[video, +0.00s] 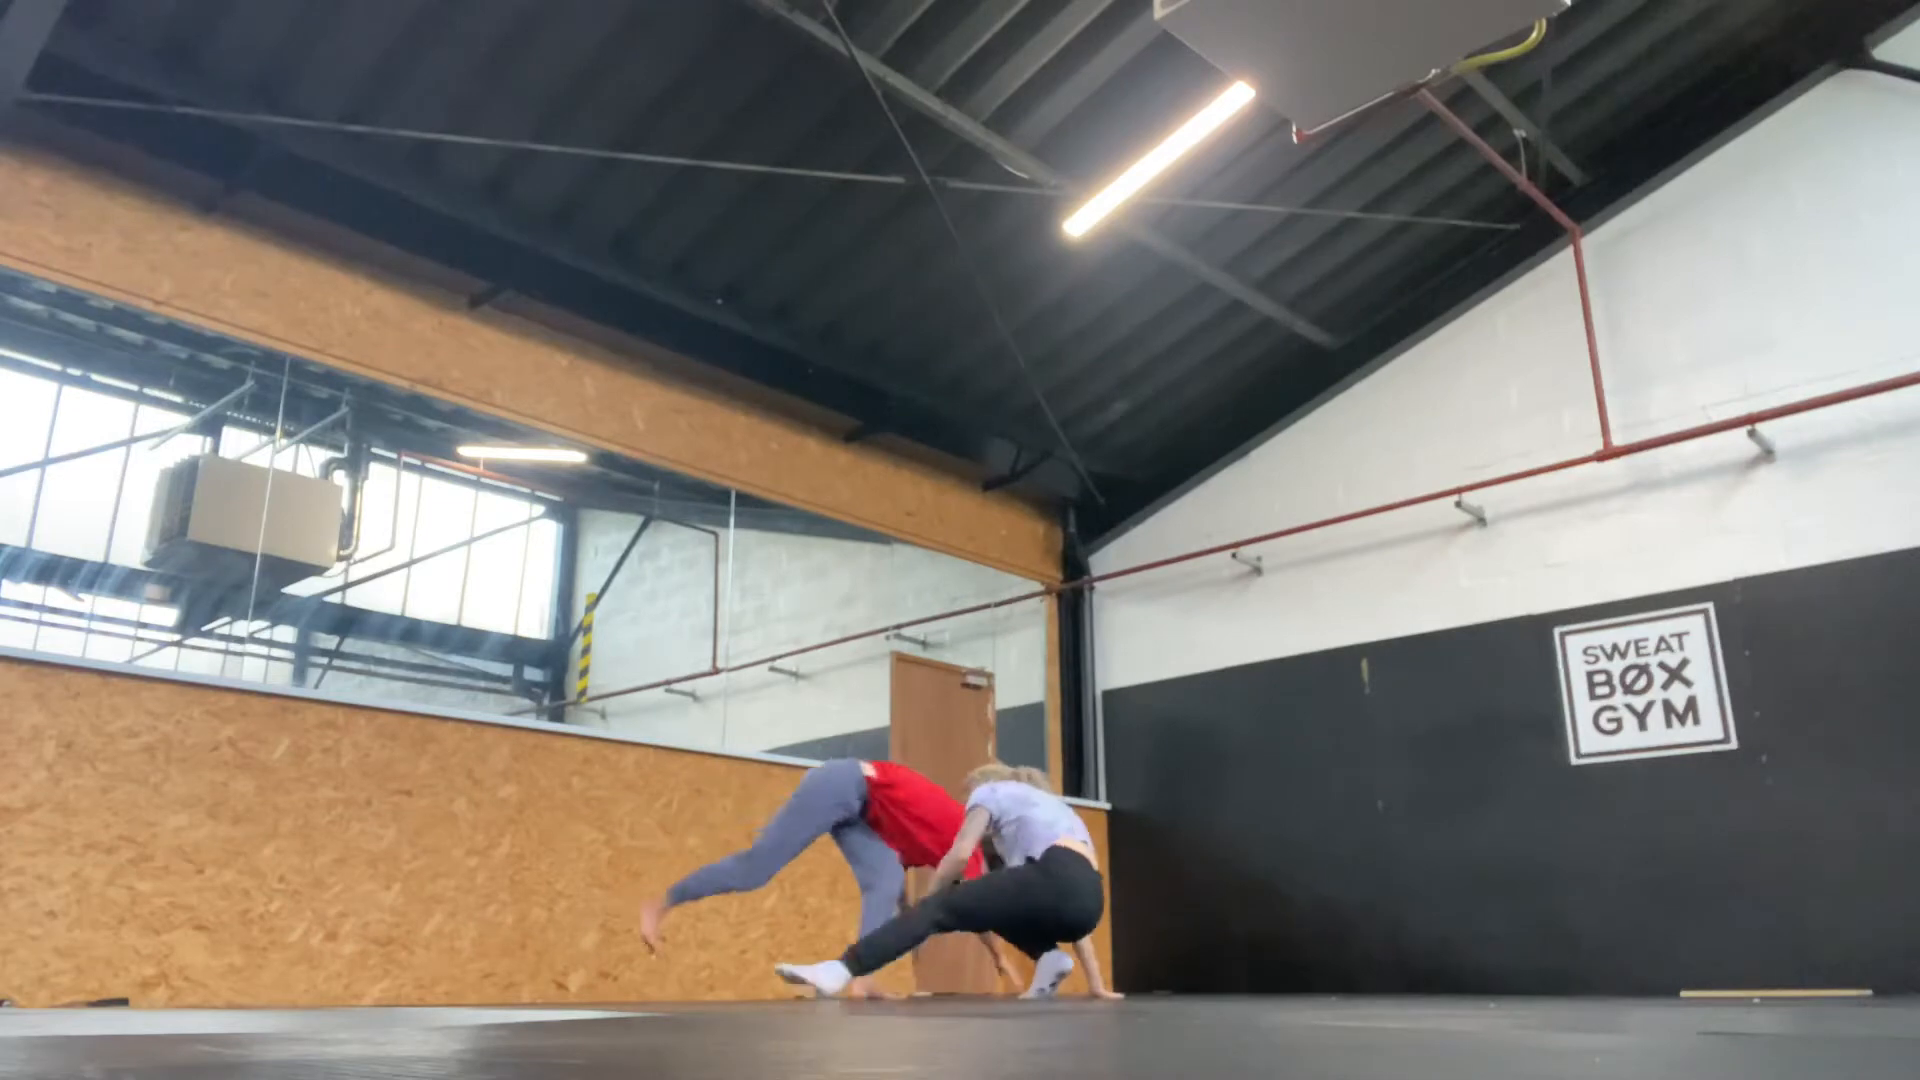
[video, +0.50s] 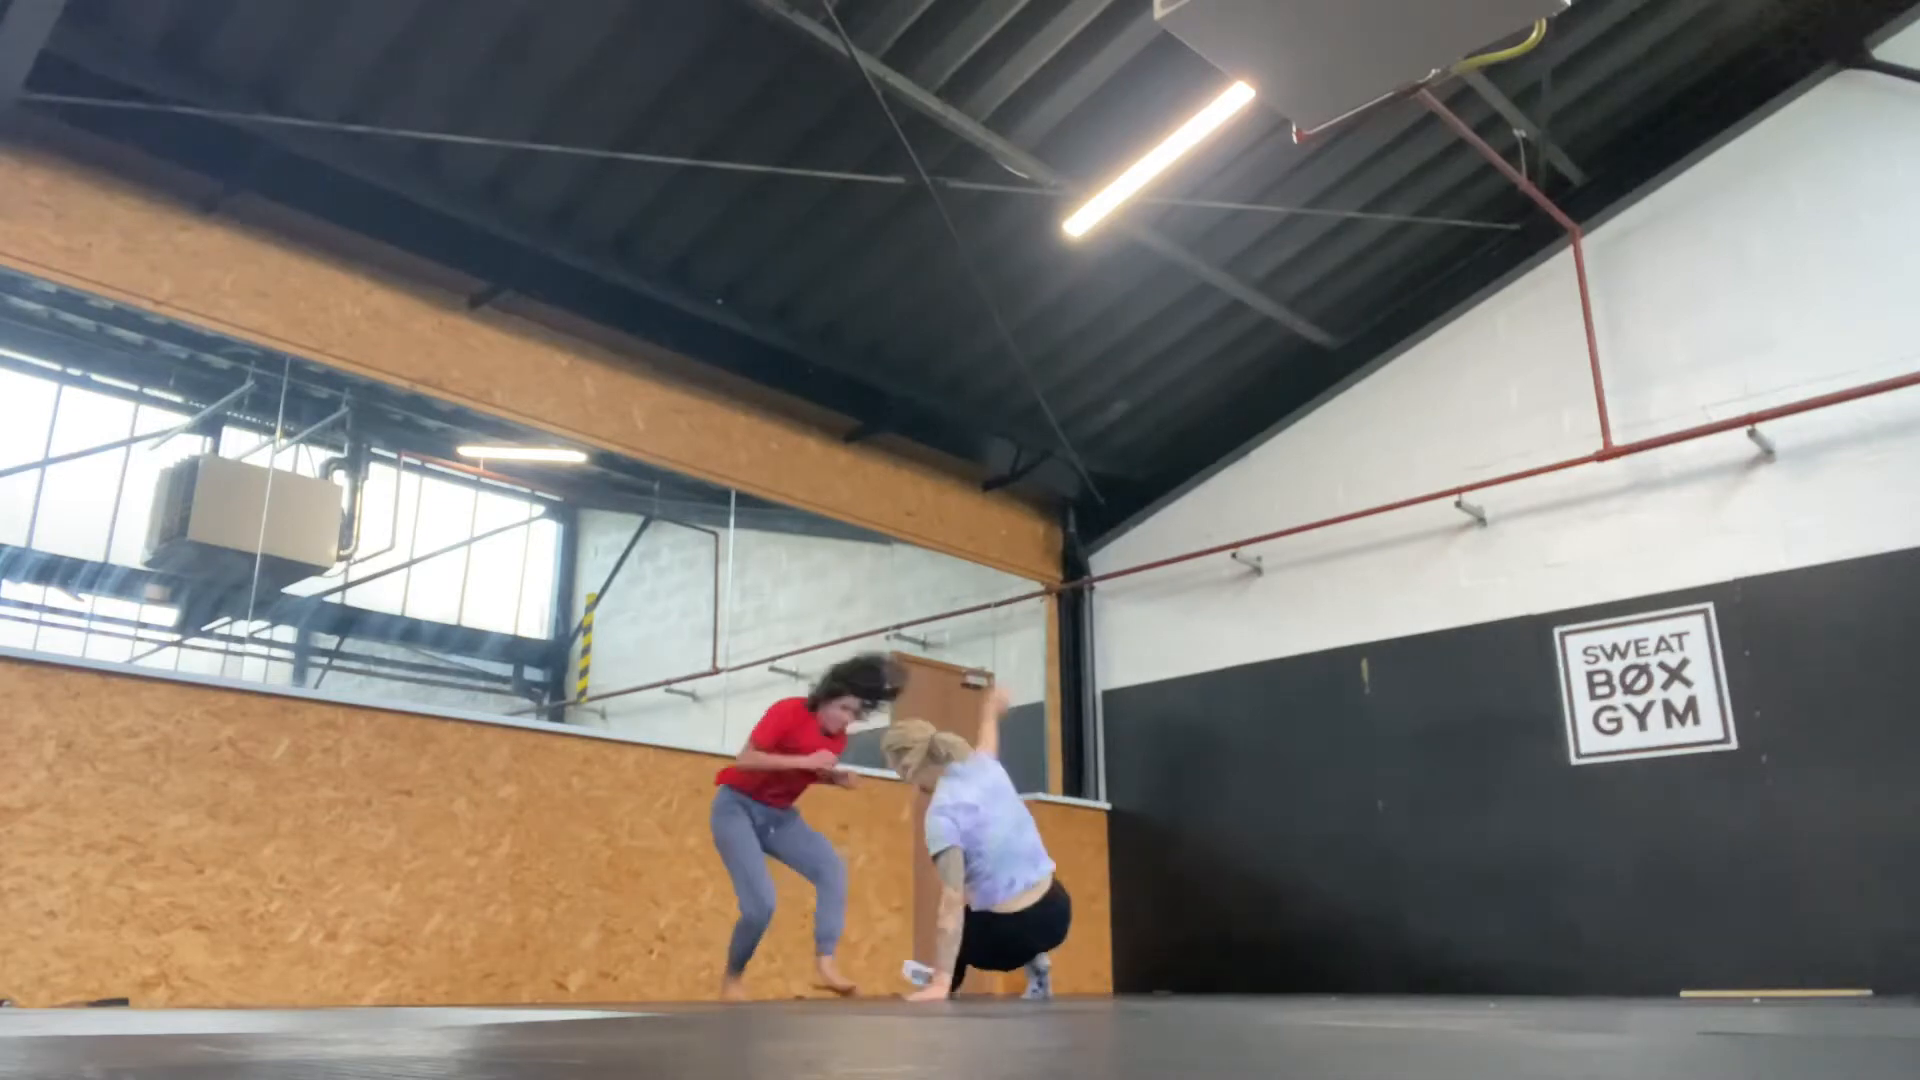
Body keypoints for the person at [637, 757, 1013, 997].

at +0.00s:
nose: (1001, 877)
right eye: (1005, 869)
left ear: (995, 844)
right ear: (999, 843)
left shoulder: (962, 848)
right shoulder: (972, 839)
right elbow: (982, 909)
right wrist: (1004, 967)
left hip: (862, 820)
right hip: (845, 781)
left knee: (886, 878)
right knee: (756, 869)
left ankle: (861, 981)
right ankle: (662, 903)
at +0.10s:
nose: (945, 894)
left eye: (956, 892)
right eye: (958, 889)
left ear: (960, 864)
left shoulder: (916, 842)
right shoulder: (955, 821)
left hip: (848, 814)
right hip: (822, 785)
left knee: (870, 883)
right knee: (764, 889)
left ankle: (862, 979)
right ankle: (690, 925)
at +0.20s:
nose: (950, 798)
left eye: (951, 787)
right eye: (948, 788)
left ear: (968, 775)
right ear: (995, 769)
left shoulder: (988, 789)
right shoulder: (1037, 796)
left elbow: (973, 850)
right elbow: (1058, 868)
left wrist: (911, 885)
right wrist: (1076, 937)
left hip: (1043, 905)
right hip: (1082, 913)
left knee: (934, 937)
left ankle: (835, 978)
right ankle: (1047, 966)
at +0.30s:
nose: (948, 794)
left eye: (944, 783)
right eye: (942, 785)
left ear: (955, 771)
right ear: (982, 760)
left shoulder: (978, 800)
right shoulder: (1029, 789)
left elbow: (962, 876)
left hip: (1031, 919)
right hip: (1077, 920)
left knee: (947, 942)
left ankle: (871, 980)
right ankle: (1043, 973)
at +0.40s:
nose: (932, 785)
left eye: (928, 774)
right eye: (927, 776)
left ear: (939, 769)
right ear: (967, 753)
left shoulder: (959, 810)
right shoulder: (1014, 781)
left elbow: (956, 898)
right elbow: (1053, 821)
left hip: (1018, 937)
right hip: (1068, 922)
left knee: (952, 934)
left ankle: (911, 981)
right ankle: (1041, 976)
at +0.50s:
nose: (908, 781)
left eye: (903, 773)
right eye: (902, 775)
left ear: (911, 768)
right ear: (938, 745)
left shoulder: (941, 814)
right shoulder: (984, 764)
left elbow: (952, 902)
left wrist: (940, 984)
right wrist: (991, 709)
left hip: (1005, 940)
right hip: (1056, 916)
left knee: (952, 926)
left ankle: (946, 989)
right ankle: (1038, 967)